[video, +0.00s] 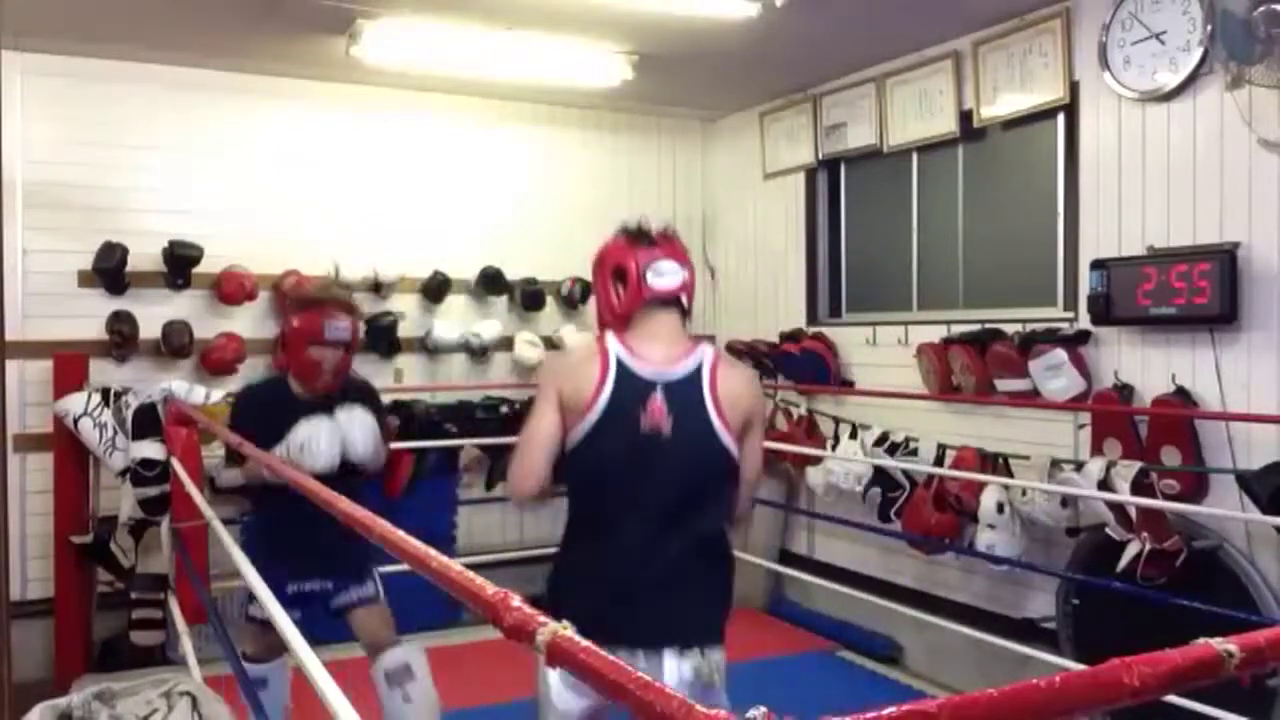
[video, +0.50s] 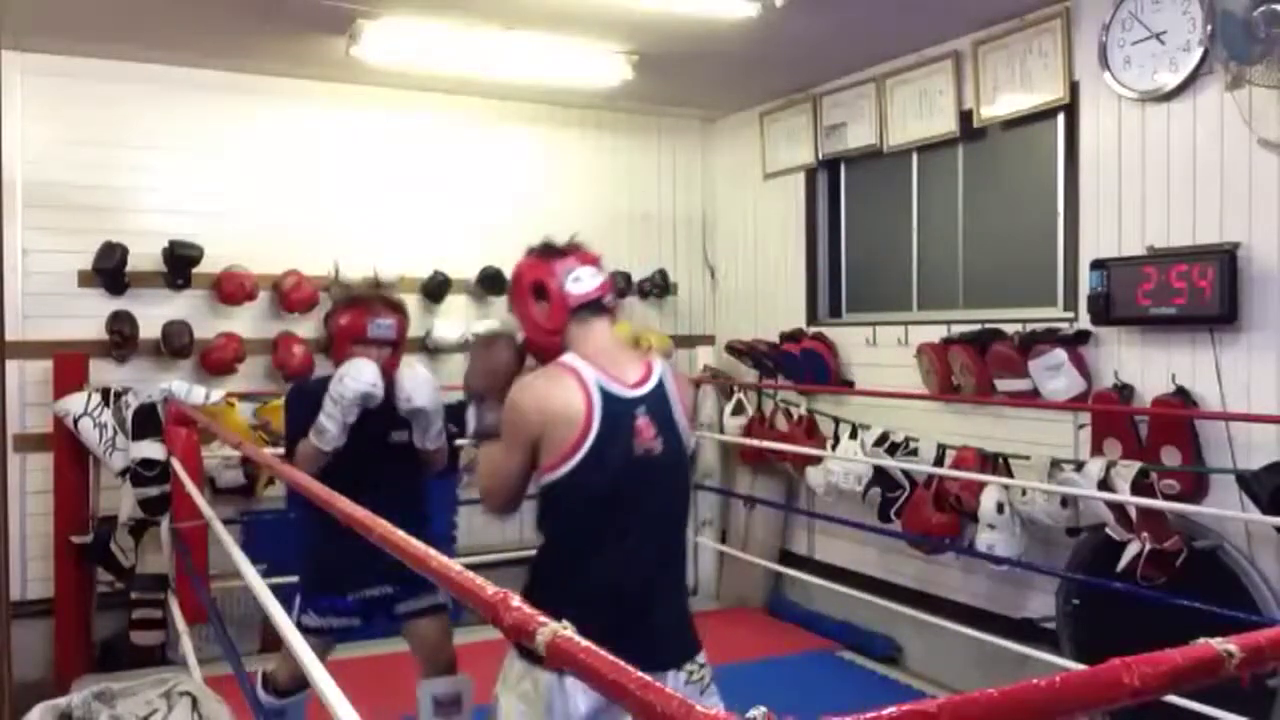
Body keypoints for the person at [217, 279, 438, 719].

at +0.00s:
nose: (332, 363)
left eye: (342, 351)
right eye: (321, 350)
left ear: (351, 352)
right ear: (291, 347)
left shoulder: (359, 393)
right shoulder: (258, 401)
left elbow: (384, 469)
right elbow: (236, 473)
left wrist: (372, 448)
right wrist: (286, 459)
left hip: (344, 540)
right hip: (275, 544)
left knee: (385, 645)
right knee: (259, 655)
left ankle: (413, 708)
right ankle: (268, 713)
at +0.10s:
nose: (342, 362)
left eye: (353, 350)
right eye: (330, 349)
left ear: (363, 354)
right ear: (302, 349)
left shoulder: (375, 401)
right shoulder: (271, 405)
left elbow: (398, 481)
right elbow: (258, 482)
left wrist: (385, 463)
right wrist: (287, 473)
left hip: (354, 547)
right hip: (288, 550)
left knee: (386, 649)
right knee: (267, 654)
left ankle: (415, 713)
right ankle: (271, 715)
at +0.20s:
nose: (359, 351)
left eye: (370, 340)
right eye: (347, 338)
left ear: (384, 345)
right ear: (321, 340)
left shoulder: (396, 393)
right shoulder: (292, 397)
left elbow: (425, 467)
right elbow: (269, 476)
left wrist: (406, 442)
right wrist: (304, 444)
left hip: (379, 544)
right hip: (308, 545)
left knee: (407, 648)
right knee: (274, 655)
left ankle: (423, 712)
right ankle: (271, 712)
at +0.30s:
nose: (370, 347)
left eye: (382, 335)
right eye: (359, 333)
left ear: (396, 341)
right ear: (333, 335)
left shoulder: (405, 387)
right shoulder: (307, 386)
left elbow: (436, 461)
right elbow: (292, 470)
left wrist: (422, 415)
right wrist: (315, 411)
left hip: (393, 533)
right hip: (316, 533)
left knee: (414, 647)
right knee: (280, 655)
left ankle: (428, 713)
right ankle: (282, 713)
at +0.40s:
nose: (374, 347)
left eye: (386, 335)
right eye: (362, 334)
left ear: (399, 341)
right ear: (337, 337)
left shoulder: (414, 383)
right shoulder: (309, 387)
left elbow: (440, 456)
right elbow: (301, 465)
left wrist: (419, 406)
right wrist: (339, 409)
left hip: (400, 537)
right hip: (325, 537)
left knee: (420, 649)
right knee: (288, 657)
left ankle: (433, 712)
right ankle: (280, 713)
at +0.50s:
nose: (376, 356)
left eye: (387, 346)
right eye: (363, 344)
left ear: (400, 349)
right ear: (337, 346)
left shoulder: (413, 393)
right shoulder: (310, 396)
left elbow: (437, 467)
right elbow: (299, 476)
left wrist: (427, 416)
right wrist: (336, 412)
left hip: (408, 547)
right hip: (334, 548)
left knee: (440, 658)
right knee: (299, 669)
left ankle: (446, 714)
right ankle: (268, 697)